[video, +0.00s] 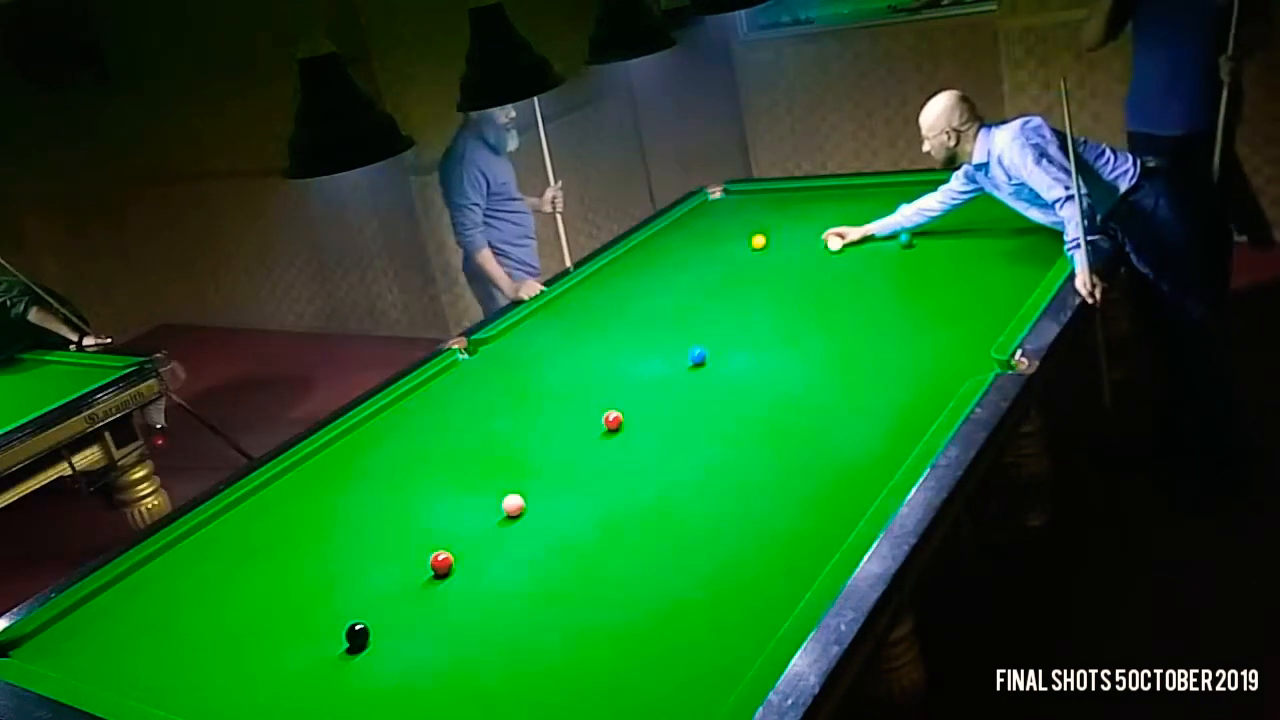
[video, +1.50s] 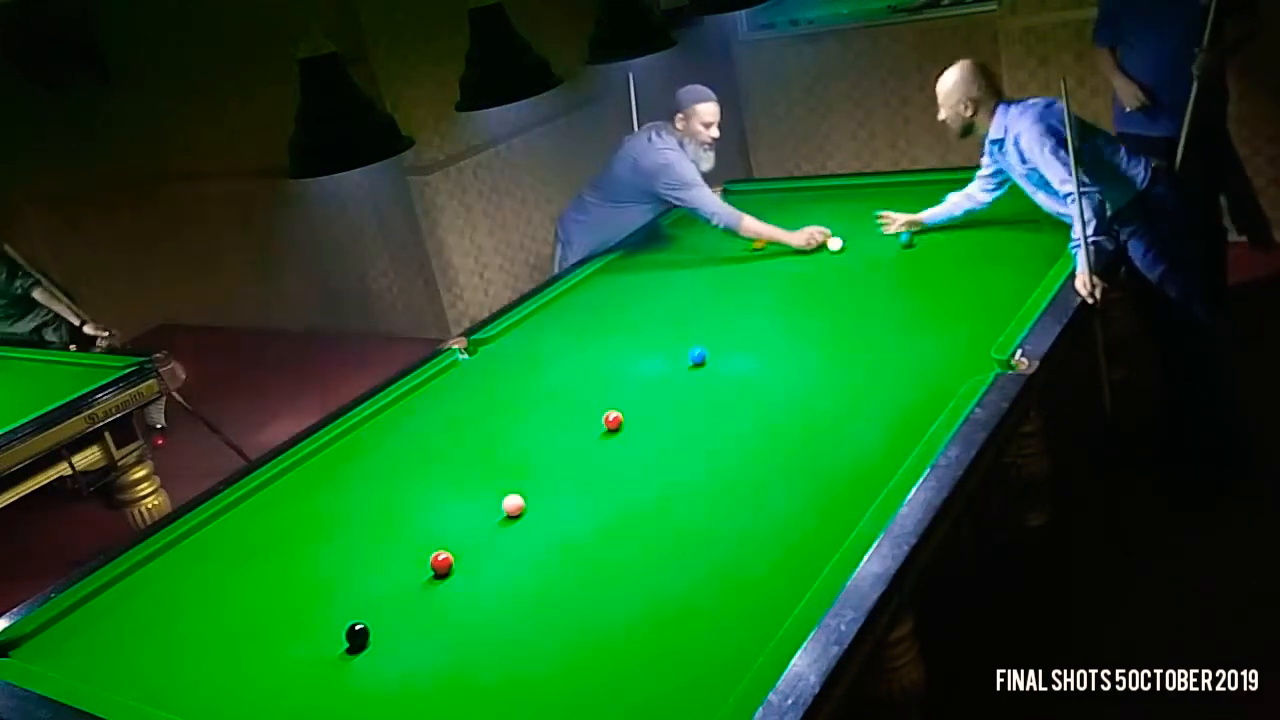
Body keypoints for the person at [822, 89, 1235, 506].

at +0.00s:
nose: (924, 147)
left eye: (927, 138)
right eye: (923, 139)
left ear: (954, 132)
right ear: (955, 131)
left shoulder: (1015, 141)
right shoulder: (978, 168)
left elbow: (1070, 197)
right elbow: (931, 206)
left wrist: (1082, 263)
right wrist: (862, 231)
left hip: (1147, 201)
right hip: (1123, 221)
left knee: (1196, 319)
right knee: (1174, 323)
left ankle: (1216, 442)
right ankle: (1197, 438)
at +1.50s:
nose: (940, 117)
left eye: (942, 106)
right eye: (938, 107)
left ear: (969, 103)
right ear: (971, 102)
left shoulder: (1030, 127)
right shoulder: (1000, 144)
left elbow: (1082, 190)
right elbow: (977, 195)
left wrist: (1086, 259)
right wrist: (917, 219)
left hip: (1147, 209)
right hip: (1122, 218)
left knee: (1190, 321)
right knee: (1171, 325)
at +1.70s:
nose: (975, 76)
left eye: (981, 65)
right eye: (975, 65)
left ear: (1010, 64)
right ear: (1011, 63)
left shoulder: (1060, 105)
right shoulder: (1038, 105)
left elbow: (1092, 188)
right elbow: (1053, 168)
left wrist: (1089, 261)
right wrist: (1000, 203)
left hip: (1154, 222)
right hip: (1128, 223)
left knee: (1189, 337)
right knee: (1168, 338)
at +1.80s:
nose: (998, 59)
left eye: (1005, 48)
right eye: (999, 48)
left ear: (1036, 47)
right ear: (1037, 46)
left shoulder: (1074, 95)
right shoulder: (1068, 87)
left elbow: (1099, 186)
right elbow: (1085, 165)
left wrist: (1092, 260)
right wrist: (1041, 195)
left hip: (1161, 231)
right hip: (1151, 225)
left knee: (1192, 348)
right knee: (1184, 343)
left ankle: (1217, 467)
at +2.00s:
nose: (1044, 39)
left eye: (1051, 28)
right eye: (1044, 29)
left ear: (1080, 29)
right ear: (1083, 29)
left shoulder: (1113, 85)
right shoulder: (1109, 75)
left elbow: (1119, 186)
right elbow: (1140, 154)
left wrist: (1095, 259)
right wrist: (1106, 182)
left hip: (1168, 237)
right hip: (1161, 233)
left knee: (1189, 359)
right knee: (1183, 356)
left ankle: (1211, 472)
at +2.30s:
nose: (1119, 21)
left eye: (1129, 11)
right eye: (1120, 12)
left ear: (1157, 16)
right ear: (1151, 20)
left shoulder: (1186, 78)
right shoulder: (1160, 73)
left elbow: (1170, 183)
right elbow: (1165, 152)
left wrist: (1126, 263)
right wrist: (1139, 192)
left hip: (1207, 243)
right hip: (1180, 236)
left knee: (1229, 362)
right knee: (1203, 357)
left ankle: (1241, 467)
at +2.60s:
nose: (1174, 12)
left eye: (1185, 5)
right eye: (1177, 6)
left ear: (1212, 9)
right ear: (1202, 15)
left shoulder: (1249, 73)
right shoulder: (1204, 66)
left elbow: (1250, 191)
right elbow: (1190, 150)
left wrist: (1196, 270)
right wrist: (1139, 195)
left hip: (1247, 243)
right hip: (1208, 234)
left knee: (1253, 365)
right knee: (1210, 357)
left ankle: (1252, 470)